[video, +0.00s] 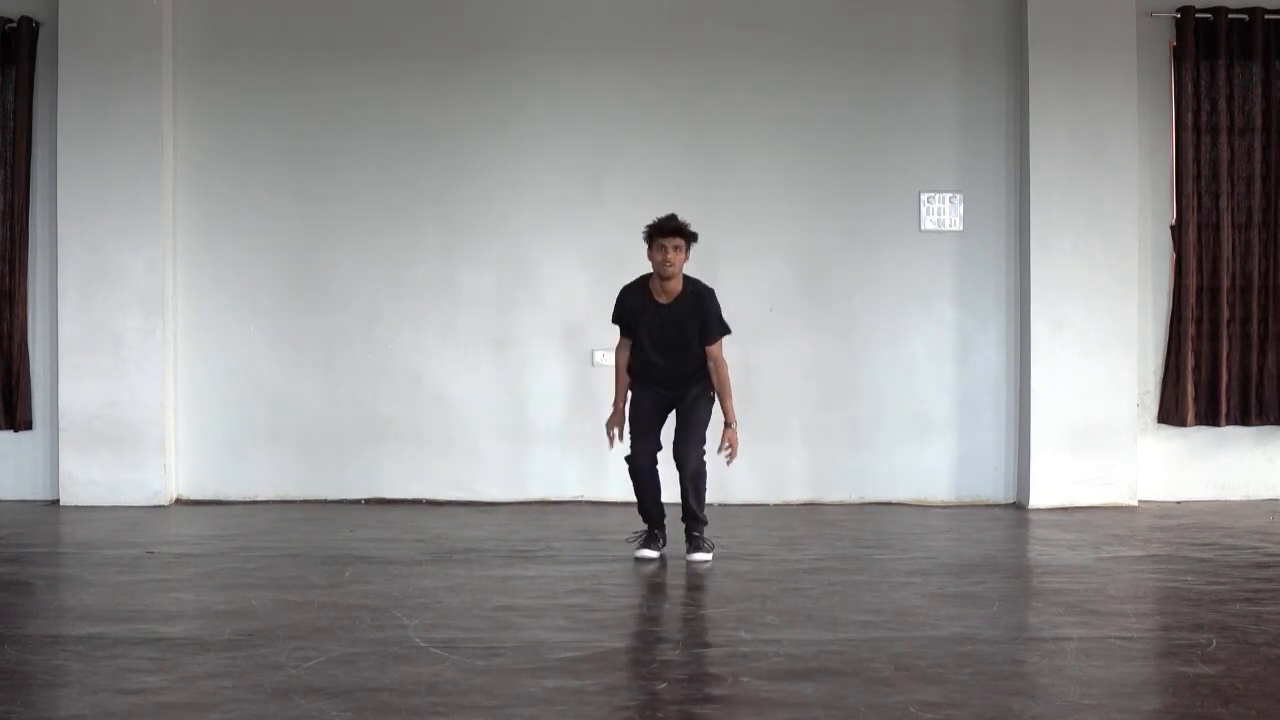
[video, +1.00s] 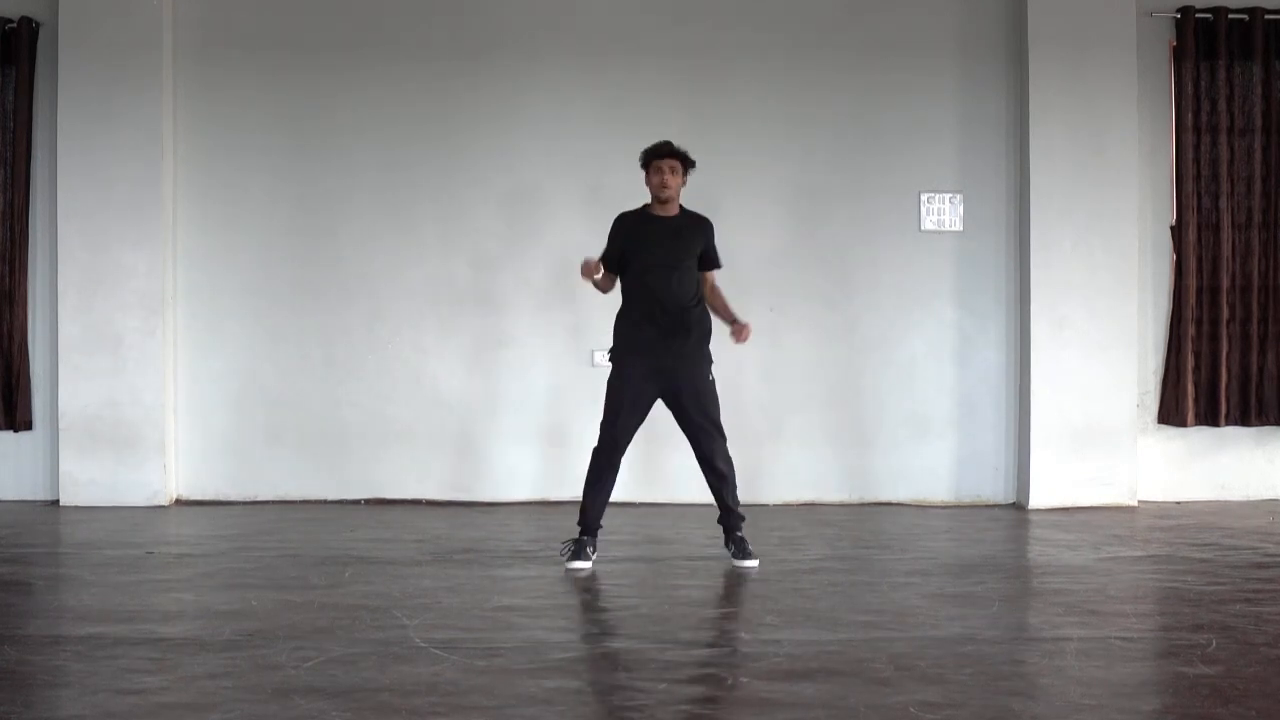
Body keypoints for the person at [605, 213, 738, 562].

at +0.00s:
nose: (668, 256)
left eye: (676, 249)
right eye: (660, 249)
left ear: (686, 256)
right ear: (649, 254)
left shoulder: (702, 297)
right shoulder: (631, 296)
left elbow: (716, 360)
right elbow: (623, 350)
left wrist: (730, 422)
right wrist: (618, 407)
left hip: (695, 386)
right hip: (648, 387)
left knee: (688, 454)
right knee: (640, 456)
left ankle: (695, 534)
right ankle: (654, 532)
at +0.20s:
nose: (668, 210)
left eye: (676, 204)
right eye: (661, 204)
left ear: (686, 211)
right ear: (649, 211)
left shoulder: (702, 253)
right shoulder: (633, 257)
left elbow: (737, 291)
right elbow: (597, 302)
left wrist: (737, 301)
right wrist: (589, 322)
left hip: (698, 370)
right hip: (653, 371)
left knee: (688, 450)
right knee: (649, 455)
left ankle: (696, 533)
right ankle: (656, 532)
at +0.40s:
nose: (668, 120)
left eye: (676, 113)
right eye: (660, 113)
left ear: (687, 119)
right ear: (650, 118)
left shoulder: (707, 161)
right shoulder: (635, 162)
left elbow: (748, 205)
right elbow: (607, 211)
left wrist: (763, 234)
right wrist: (588, 225)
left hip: (693, 287)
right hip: (644, 286)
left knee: (714, 370)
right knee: (631, 371)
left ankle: (700, 412)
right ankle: (667, 381)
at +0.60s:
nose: (663, 132)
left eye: (671, 124)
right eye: (655, 125)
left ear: (683, 129)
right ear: (644, 130)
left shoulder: (702, 168)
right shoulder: (629, 176)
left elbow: (760, 190)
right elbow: (596, 226)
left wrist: (767, 207)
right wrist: (582, 239)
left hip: (699, 295)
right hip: (647, 293)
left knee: (730, 376)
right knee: (614, 352)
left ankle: (717, 464)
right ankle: (633, 430)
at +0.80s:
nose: (667, 187)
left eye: (674, 180)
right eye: (659, 180)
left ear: (684, 187)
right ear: (646, 186)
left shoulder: (702, 234)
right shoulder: (627, 237)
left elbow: (738, 290)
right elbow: (611, 301)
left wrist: (747, 279)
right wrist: (595, 280)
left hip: (696, 365)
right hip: (644, 365)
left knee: (715, 453)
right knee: (624, 453)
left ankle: (734, 537)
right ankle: (597, 539)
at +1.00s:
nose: (665, 178)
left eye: (673, 172)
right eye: (658, 171)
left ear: (684, 180)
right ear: (646, 177)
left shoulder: (699, 227)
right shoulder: (626, 224)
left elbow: (709, 287)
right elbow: (607, 285)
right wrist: (595, 274)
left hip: (687, 358)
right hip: (634, 357)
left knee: (712, 444)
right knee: (610, 443)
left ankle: (734, 531)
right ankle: (586, 536)